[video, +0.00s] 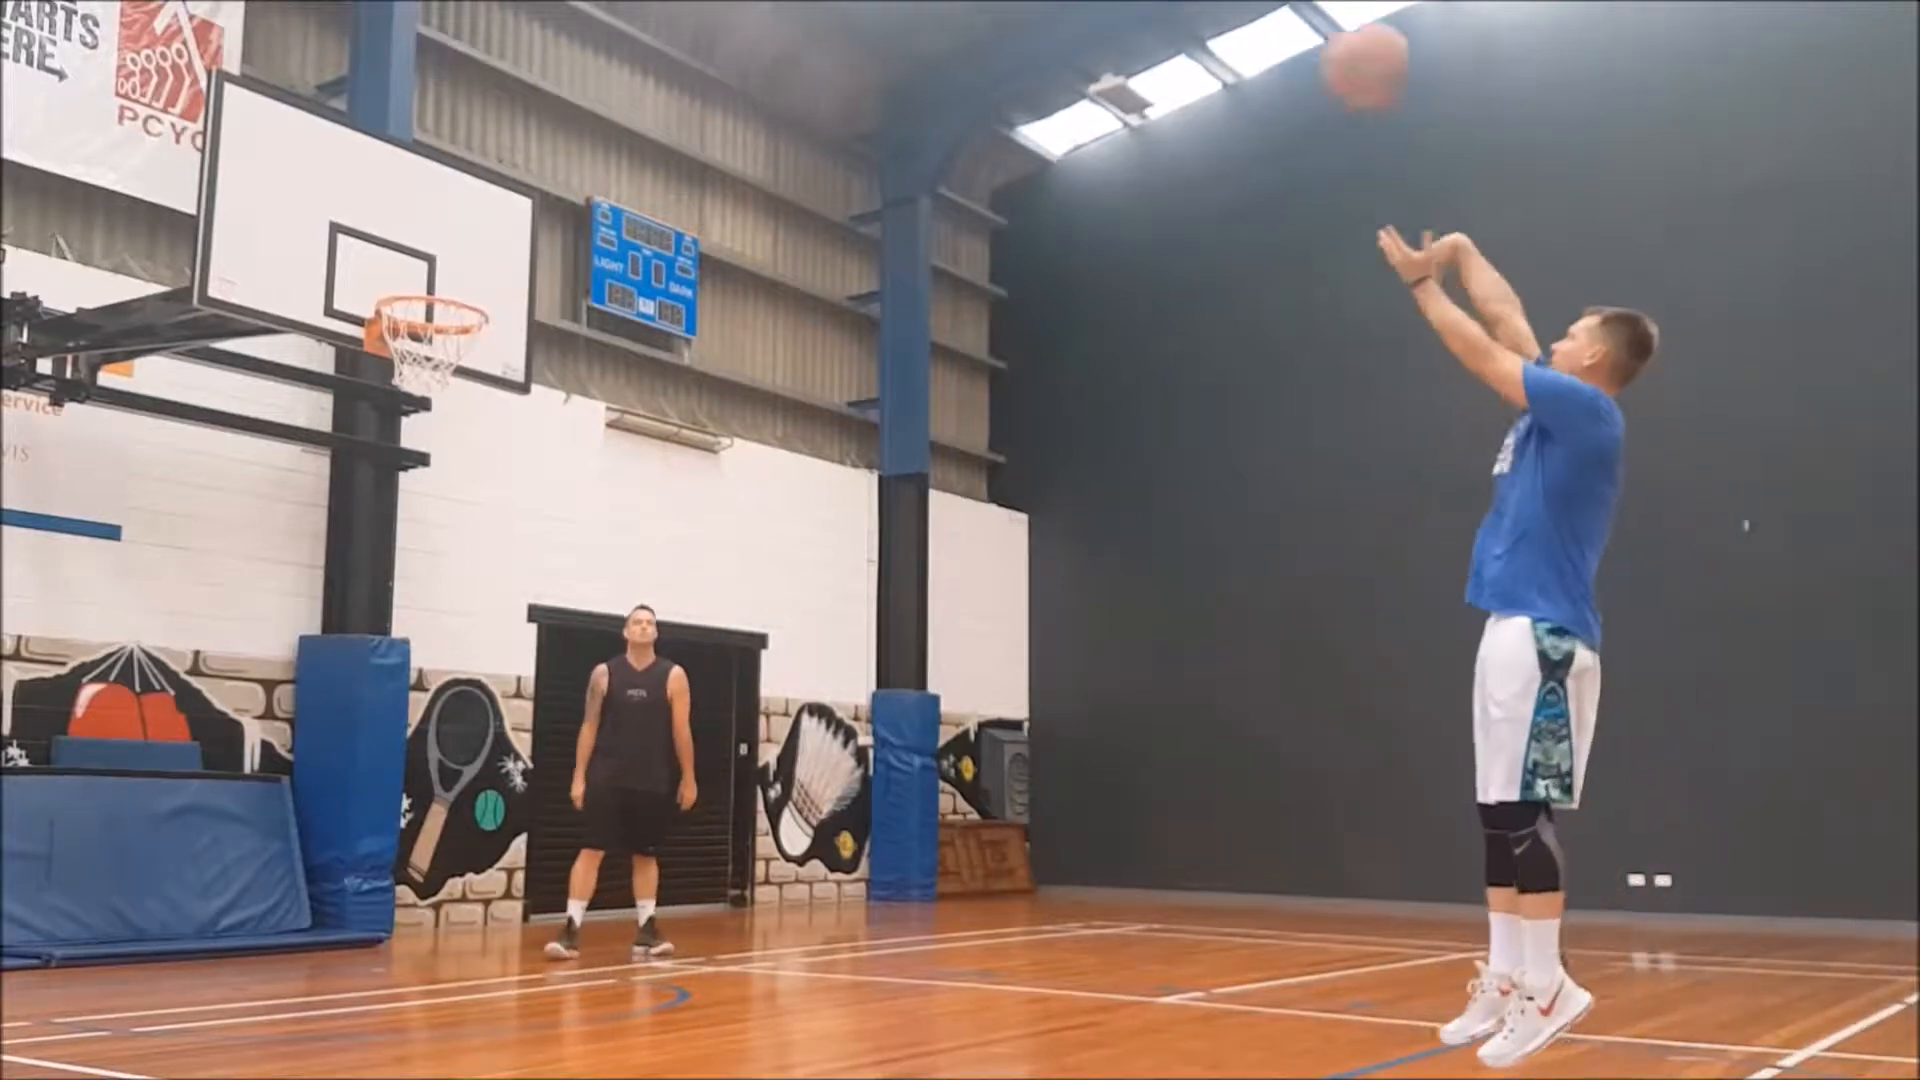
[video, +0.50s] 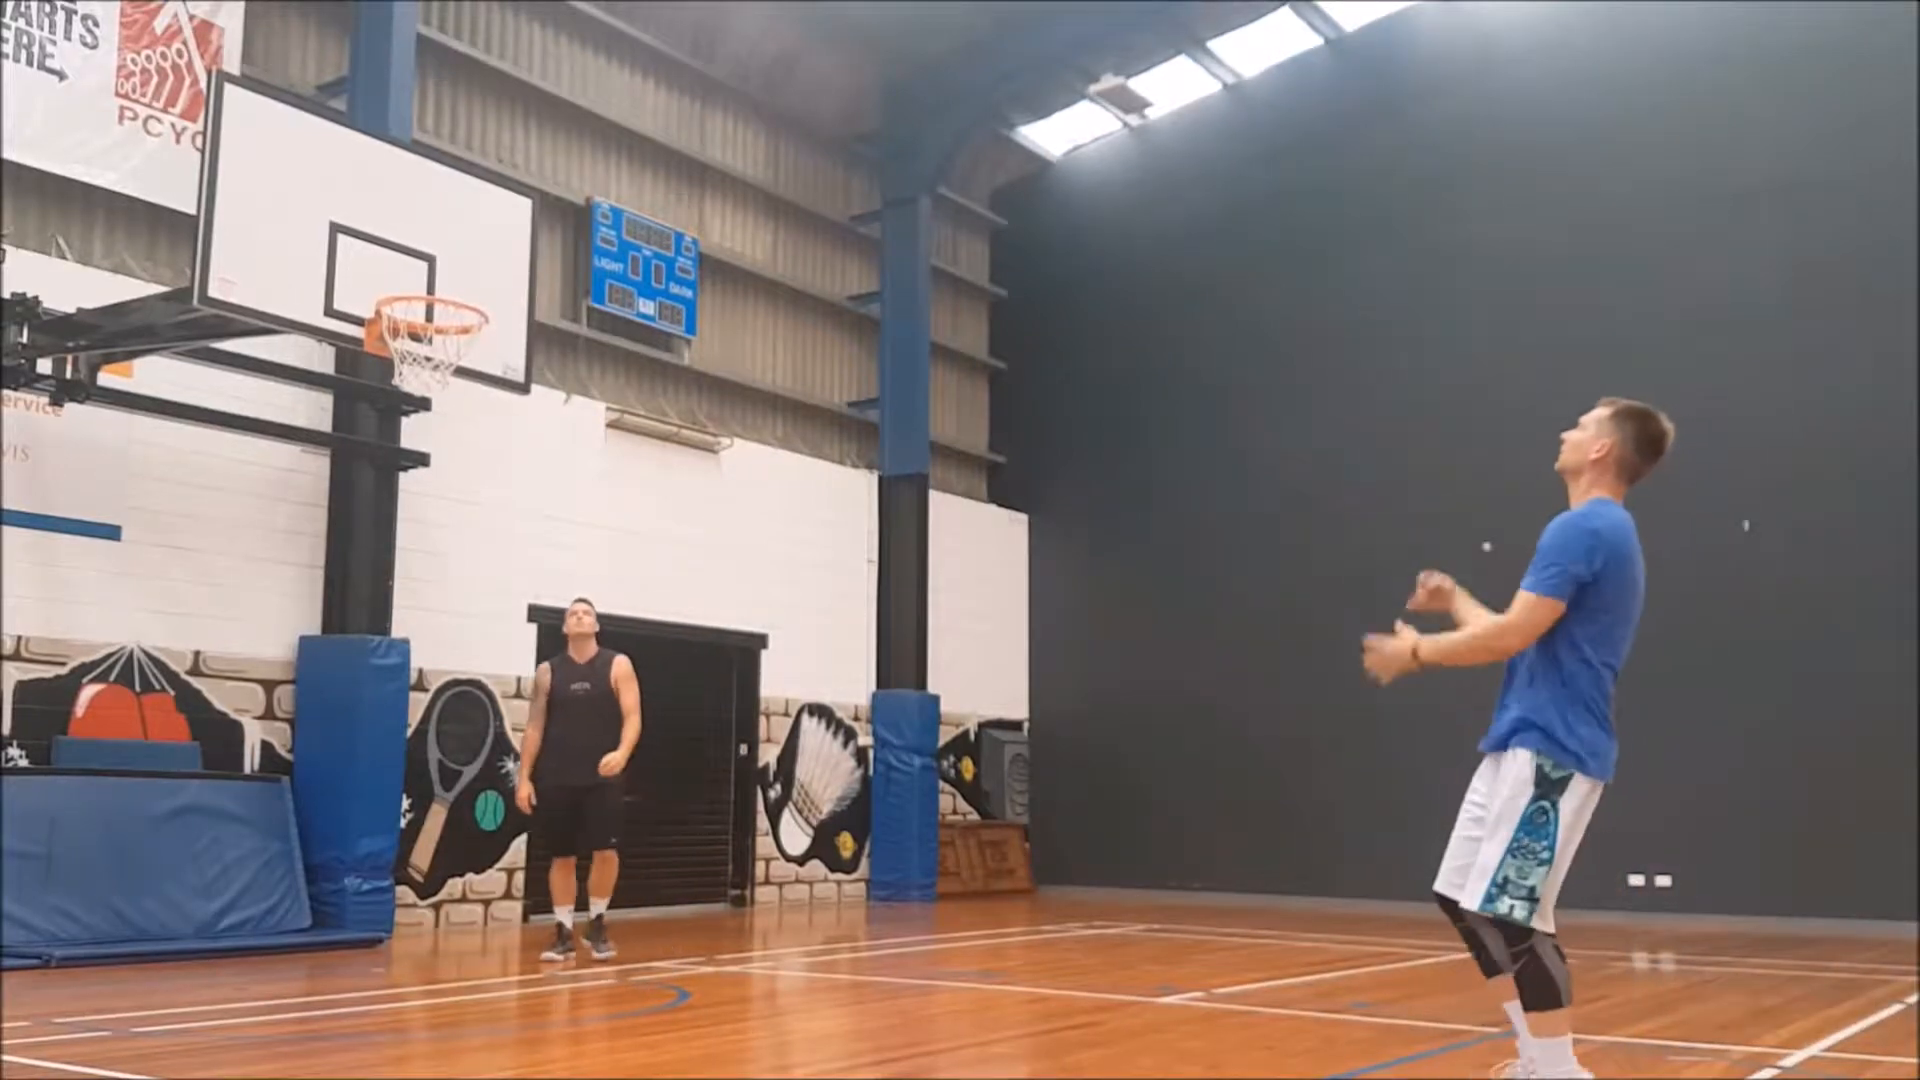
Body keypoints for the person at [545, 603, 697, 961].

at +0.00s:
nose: (643, 628)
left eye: (648, 623)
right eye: (636, 623)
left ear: (656, 632)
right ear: (625, 632)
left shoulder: (673, 676)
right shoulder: (603, 675)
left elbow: (681, 730)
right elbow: (589, 726)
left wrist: (688, 777)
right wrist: (579, 775)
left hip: (653, 781)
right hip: (607, 779)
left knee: (646, 854)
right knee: (592, 850)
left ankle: (646, 929)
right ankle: (571, 930)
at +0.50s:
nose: (579, 616)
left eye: (586, 613)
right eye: (573, 614)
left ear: (597, 625)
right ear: (564, 627)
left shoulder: (617, 665)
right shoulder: (547, 671)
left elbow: (632, 716)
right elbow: (534, 727)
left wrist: (622, 753)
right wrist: (524, 777)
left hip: (602, 777)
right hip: (557, 778)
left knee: (605, 850)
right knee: (562, 855)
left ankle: (598, 926)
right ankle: (564, 934)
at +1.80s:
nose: (490, 621)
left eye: (498, 616)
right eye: (483, 614)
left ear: (507, 626)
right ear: (467, 622)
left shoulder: (526, 670)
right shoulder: (447, 670)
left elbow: (522, 731)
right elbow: (425, 746)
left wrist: (476, 710)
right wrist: (434, 701)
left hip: (507, 793)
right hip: (454, 787)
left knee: (512, 894)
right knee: (449, 859)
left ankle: (535, 935)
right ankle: (448, 967)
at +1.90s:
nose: (483, 617)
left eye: (489, 608)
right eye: (474, 609)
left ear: (503, 612)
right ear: (460, 615)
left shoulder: (519, 658)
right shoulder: (444, 661)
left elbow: (518, 710)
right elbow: (453, 711)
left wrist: (499, 678)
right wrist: (483, 671)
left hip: (504, 777)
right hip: (449, 776)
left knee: (515, 872)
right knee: (453, 858)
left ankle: (508, 944)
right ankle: (448, 965)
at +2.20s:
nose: (482, 581)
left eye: (487, 574)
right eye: (473, 574)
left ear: (494, 583)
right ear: (455, 584)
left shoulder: (509, 633)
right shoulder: (442, 626)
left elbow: (520, 684)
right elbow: (468, 651)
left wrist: (519, 701)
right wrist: (531, 633)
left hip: (494, 761)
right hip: (446, 761)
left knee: (508, 857)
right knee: (454, 857)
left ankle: (477, 946)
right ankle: (441, 962)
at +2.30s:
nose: (486, 580)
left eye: (490, 574)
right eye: (476, 574)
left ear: (496, 584)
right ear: (456, 584)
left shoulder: (512, 636)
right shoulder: (442, 630)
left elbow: (520, 685)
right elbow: (463, 678)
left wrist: (526, 711)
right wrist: (528, 662)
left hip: (496, 765)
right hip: (446, 766)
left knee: (501, 860)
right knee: (453, 859)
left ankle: (481, 948)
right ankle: (440, 962)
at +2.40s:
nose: (490, 581)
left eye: (494, 575)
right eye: (480, 575)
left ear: (500, 586)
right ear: (459, 585)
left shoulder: (512, 639)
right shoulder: (444, 635)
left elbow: (526, 692)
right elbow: (448, 703)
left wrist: (535, 725)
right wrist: (510, 718)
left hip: (496, 769)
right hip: (447, 769)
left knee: (495, 862)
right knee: (452, 861)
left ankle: (484, 955)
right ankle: (441, 965)